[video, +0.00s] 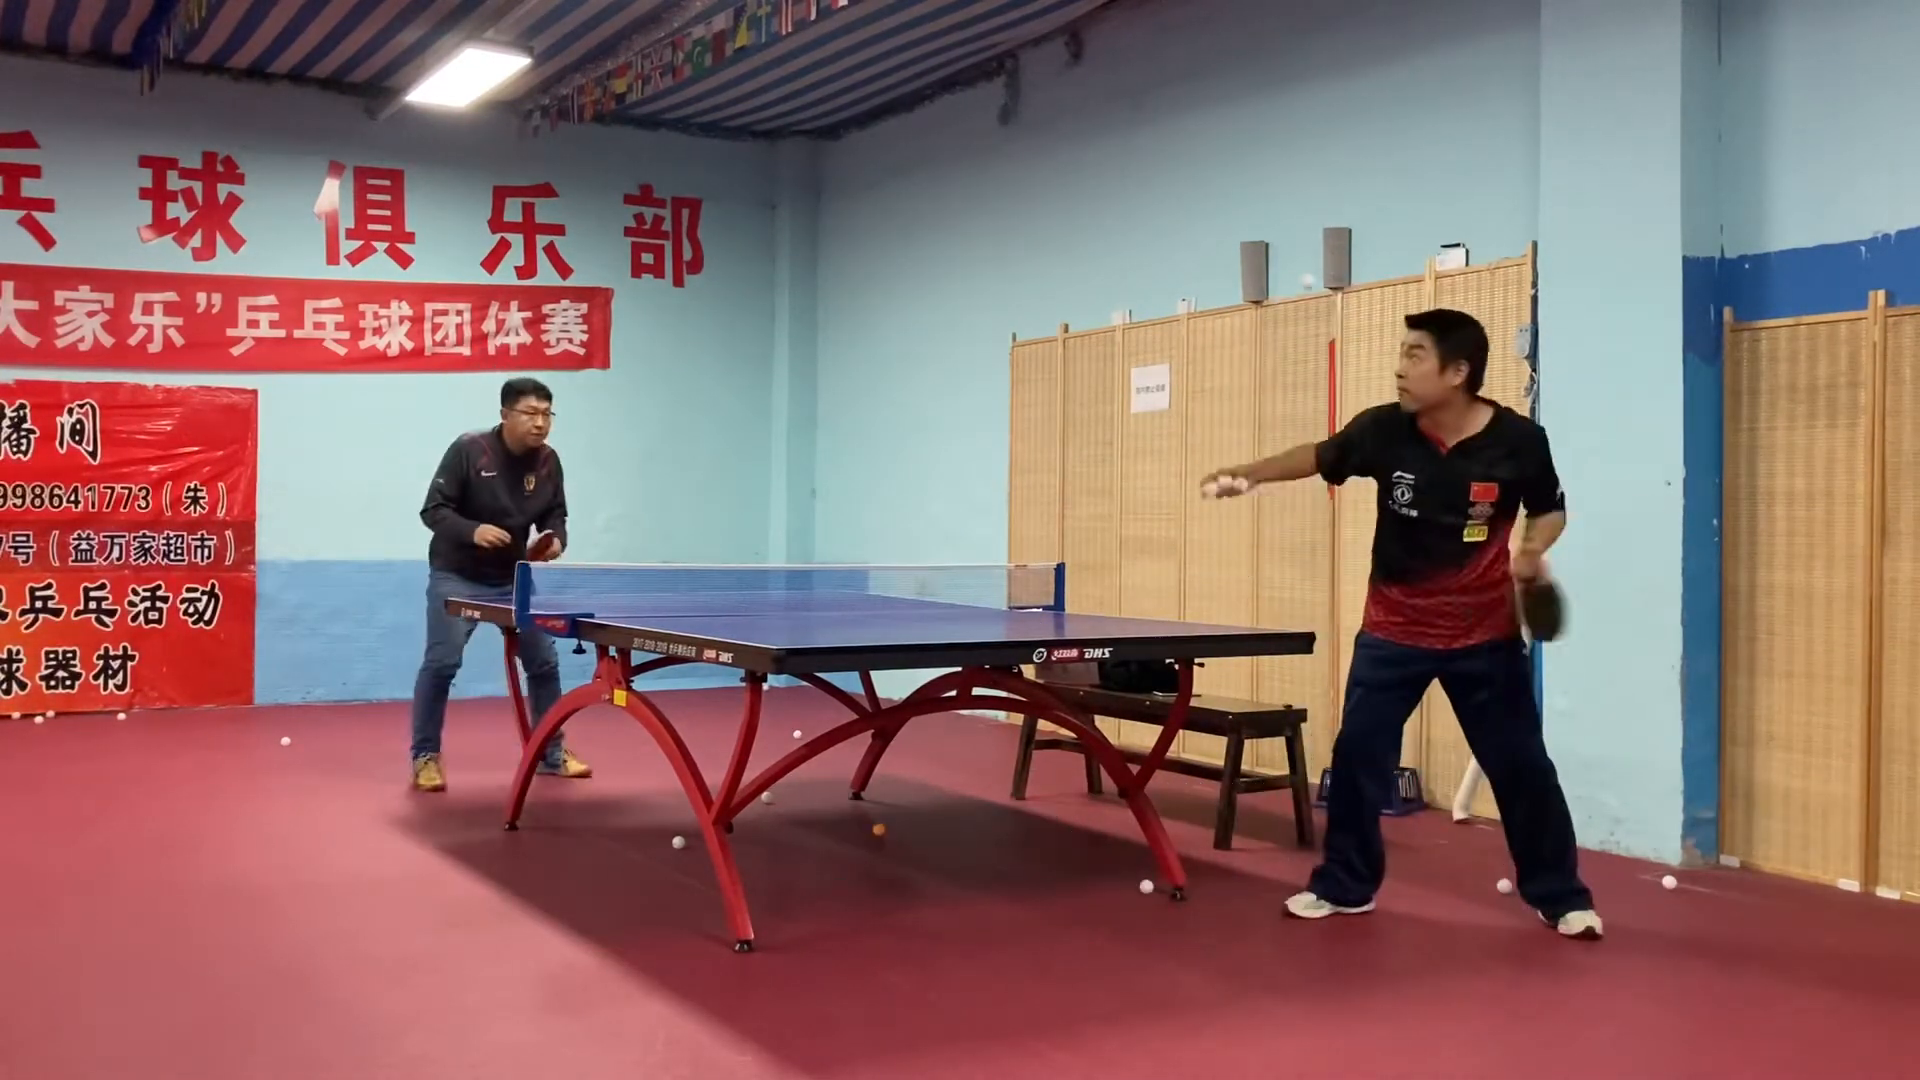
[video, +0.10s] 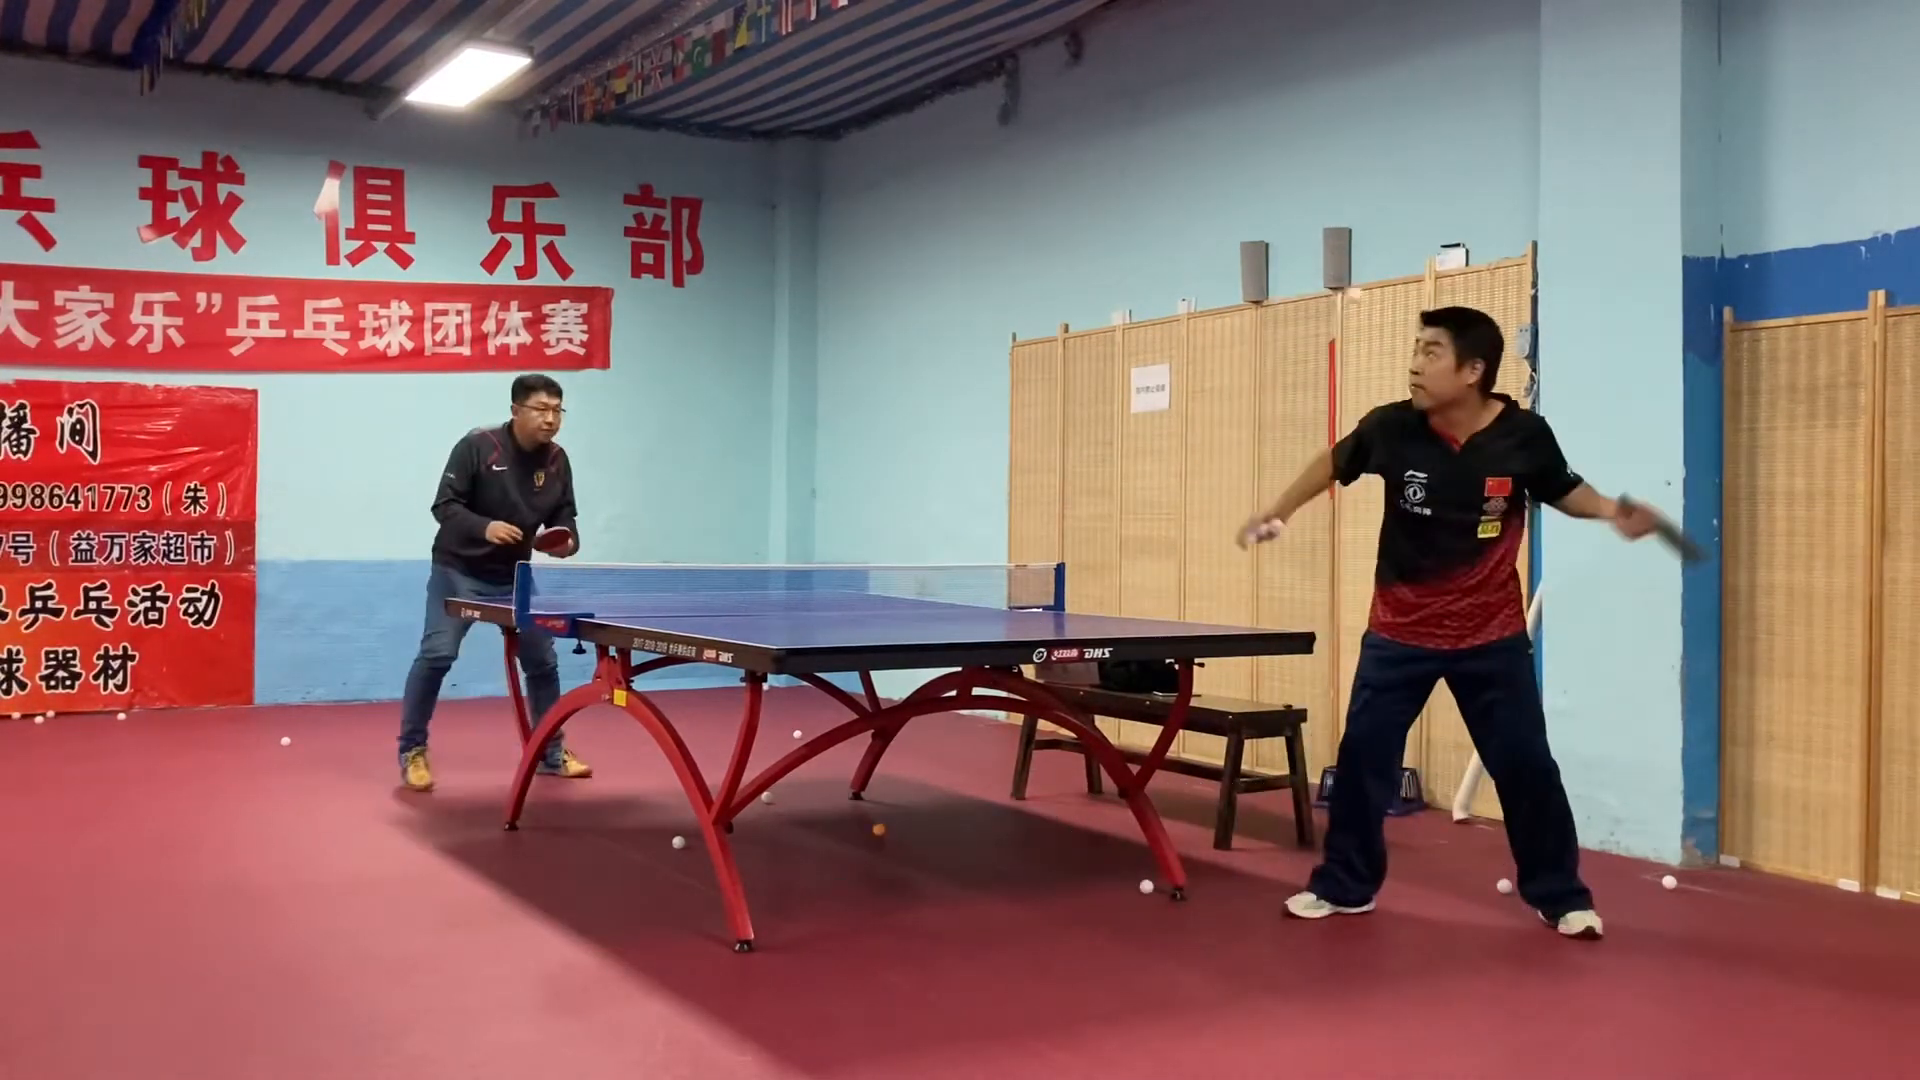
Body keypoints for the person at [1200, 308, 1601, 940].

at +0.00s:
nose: (1400, 368)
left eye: (1416, 356)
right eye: (1401, 355)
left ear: (1459, 371)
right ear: (1412, 367)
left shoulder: (1517, 440)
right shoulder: (1383, 430)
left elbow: (1549, 510)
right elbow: (1320, 456)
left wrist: (1531, 549)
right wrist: (1252, 474)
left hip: (1483, 635)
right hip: (1393, 632)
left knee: (1521, 765)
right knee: (1357, 753)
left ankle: (1561, 896)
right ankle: (1345, 885)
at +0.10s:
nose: (1414, 364)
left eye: (1431, 353)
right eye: (1416, 351)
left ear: (1474, 372)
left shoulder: (1522, 435)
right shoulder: (1390, 428)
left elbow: (1565, 490)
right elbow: (1332, 464)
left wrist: (1613, 511)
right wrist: (1276, 512)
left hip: (1490, 636)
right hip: (1399, 633)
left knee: (1526, 763)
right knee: (1362, 754)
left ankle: (1561, 895)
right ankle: (1345, 884)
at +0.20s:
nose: (1417, 371)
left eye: (1433, 360)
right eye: (1416, 359)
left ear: (1478, 373)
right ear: (1416, 367)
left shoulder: (1529, 431)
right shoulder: (1393, 432)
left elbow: (1587, 480)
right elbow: (1338, 470)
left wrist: (1636, 450)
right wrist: (1320, 538)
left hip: (1494, 635)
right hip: (1404, 633)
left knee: (1530, 764)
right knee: (1364, 752)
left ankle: (1563, 896)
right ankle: (1344, 884)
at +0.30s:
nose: (1402, 388)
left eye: (1414, 375)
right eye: (1401, 375)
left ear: (1461, 382)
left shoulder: (1525, 433)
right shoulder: (1391, 441)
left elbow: (1618, 459)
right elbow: (1342, 470)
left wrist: (1607, 437)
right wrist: (1356, 541)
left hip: (1496, 641)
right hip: (1404, 634)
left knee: (1536, 770)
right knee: (1351, 744)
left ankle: (1562, 896)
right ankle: (1343, 880)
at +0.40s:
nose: (1364, 415)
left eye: (1374, 401)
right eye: (1363, 401)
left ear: (1418, 402)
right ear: (1406, 404)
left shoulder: (1492, 442)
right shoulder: (1375, 454)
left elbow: (1589, 459)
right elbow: (1365, 493)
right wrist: (1367, 540)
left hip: (1486, 648)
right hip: (1396, 638)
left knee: (1529, 777)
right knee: (1334, 738)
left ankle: (1563, 894)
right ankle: (1350, 879)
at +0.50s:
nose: (1325, 426)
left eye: (1328, 411)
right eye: (1322, 412)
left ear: (1365, 408)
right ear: (1364, 409)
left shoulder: (1449, 451)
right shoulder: (1367, 464)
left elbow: (1510, 527)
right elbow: (1388, 523)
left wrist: (1413, 521)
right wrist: (1362, 535)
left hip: (1464, 659)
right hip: (1383, 650)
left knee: (1514, 788)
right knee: (1328, 758)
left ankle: (1568, 898)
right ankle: (1333, 901)